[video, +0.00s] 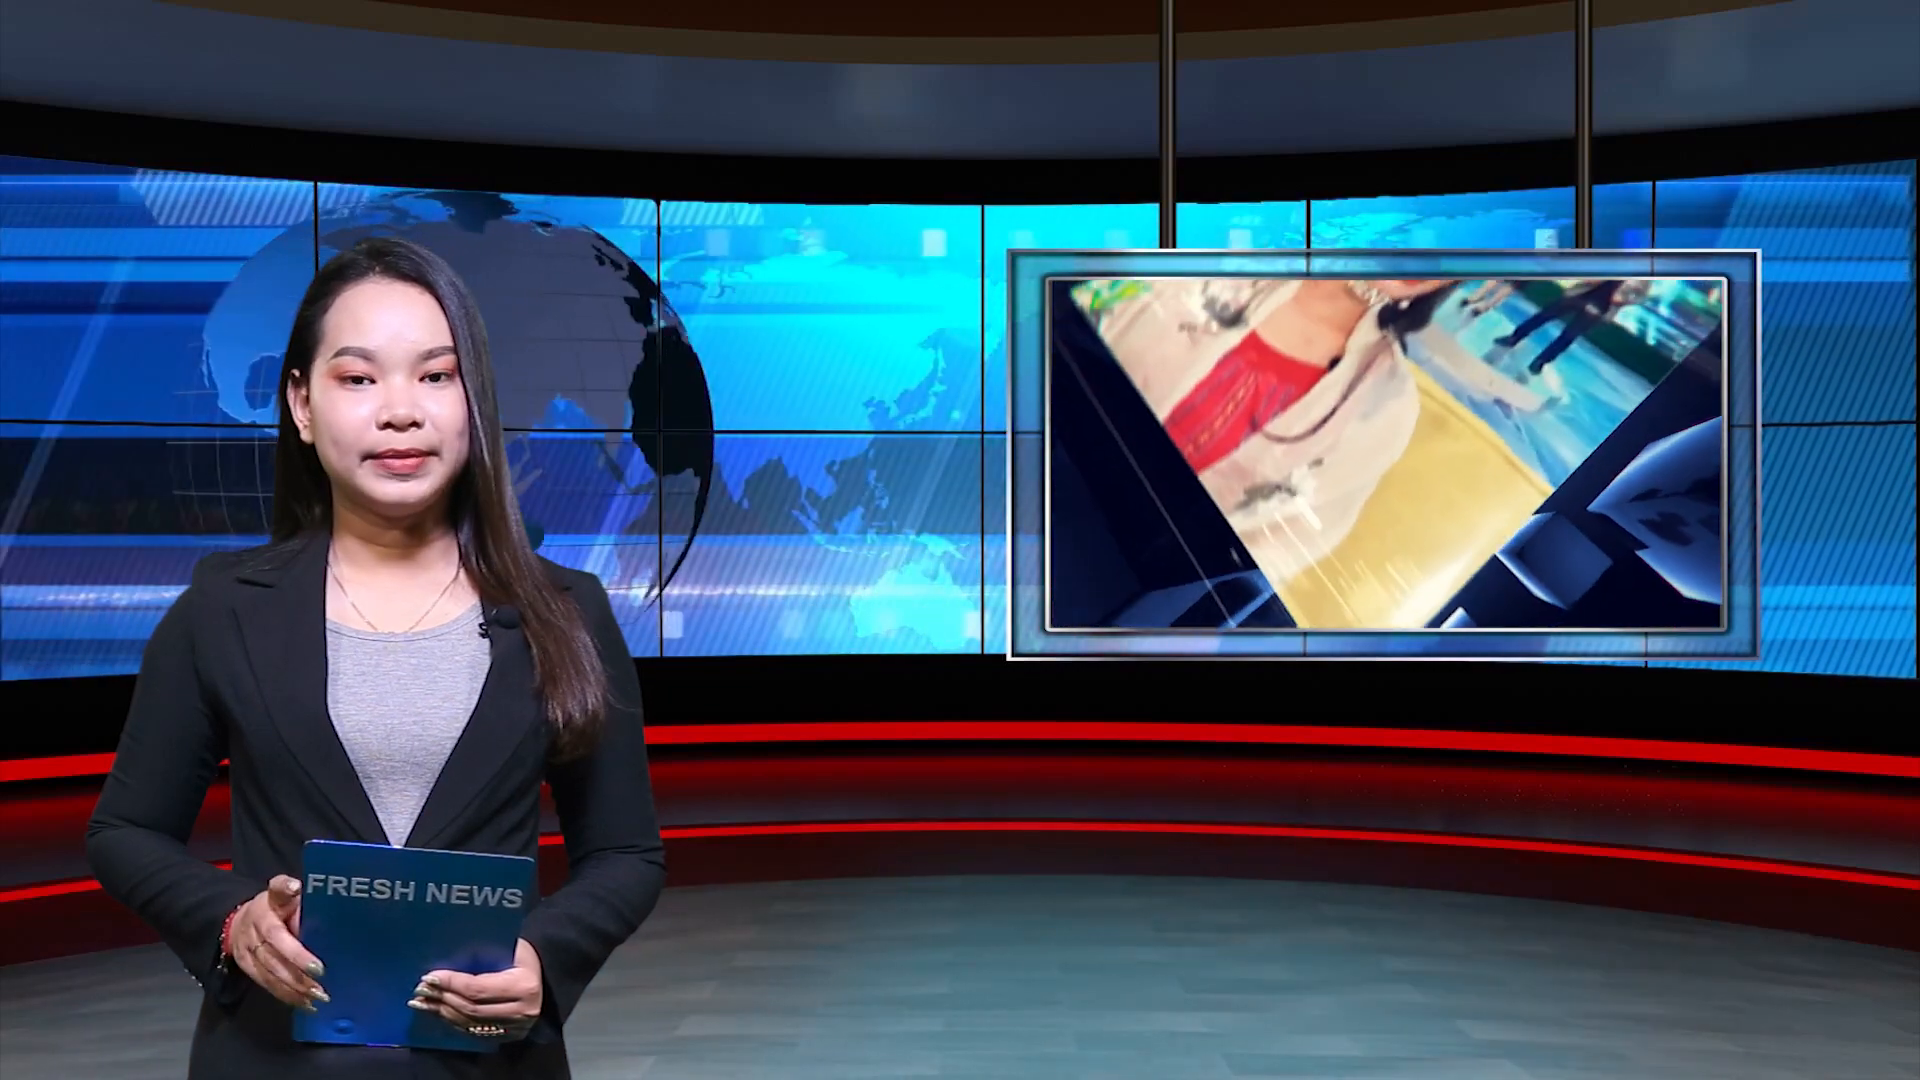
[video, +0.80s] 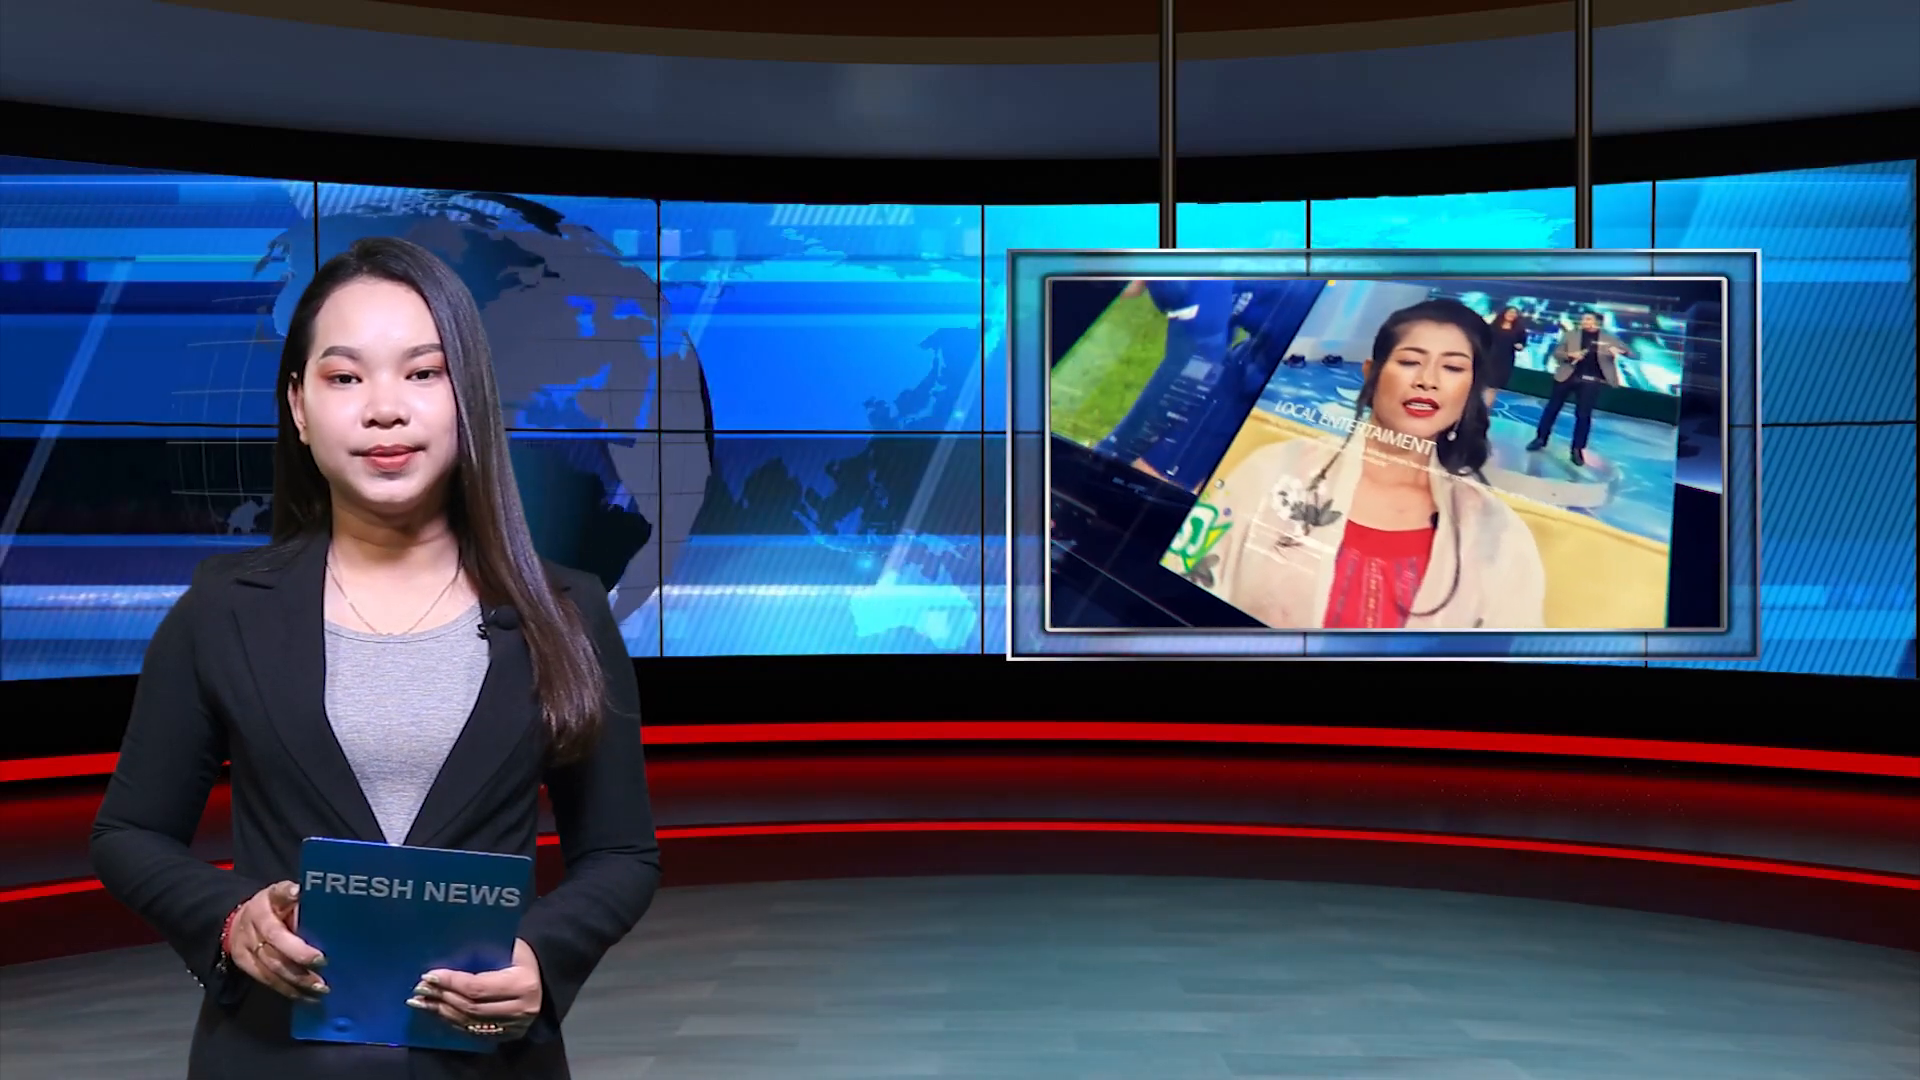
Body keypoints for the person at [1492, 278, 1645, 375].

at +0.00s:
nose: (1626, 297)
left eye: (1632, 297)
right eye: (1628, 291)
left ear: (1635, 299)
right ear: (1626, 283)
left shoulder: (1626, 302)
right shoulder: (1613, 278)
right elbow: (1593, 280)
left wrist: (1605, 315)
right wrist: (1574, 286)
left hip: (1597, 310)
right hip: (1583, 295)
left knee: (1568, 337)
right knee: (1546, 315)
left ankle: (1539, 362)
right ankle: (1514, 338)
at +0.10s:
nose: (1617, 273)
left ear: (1625, 274)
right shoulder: (1596, 273)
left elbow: (1620, 310)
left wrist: (1604, 315)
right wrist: (1571, 289)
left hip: (1585, 320)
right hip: (1566, 308)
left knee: (1557, 351)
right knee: (1534, 333)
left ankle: (1532, 378)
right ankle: (1505, 357)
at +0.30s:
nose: (1585, 303)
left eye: (1589, 301)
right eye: (1584, 299)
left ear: (1593, 305)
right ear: (1579, 298)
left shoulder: (1594, 319)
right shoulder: (1562, 306)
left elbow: (1602, 336)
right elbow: (1535, 310)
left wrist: (1586, 340)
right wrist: (1547, 317)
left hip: (1559, 352)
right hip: (1539, 343)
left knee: (1544, 383)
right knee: (1517, 368)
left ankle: (1528, 410)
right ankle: (1497, 394)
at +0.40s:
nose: (1576, 313)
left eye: (1580, 311)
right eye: (1575, 309)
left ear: (1585, 314)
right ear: (1571, 309)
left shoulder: (1589, 328)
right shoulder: (1555, 318)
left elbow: (1598, 344)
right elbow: (1529, 325)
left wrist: (1587, 348)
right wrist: (1543, 331)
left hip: (1558, 365)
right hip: (1537, 357)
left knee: (1546, 395)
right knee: (1518, 383)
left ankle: (1533, 425)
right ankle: (1502, 409)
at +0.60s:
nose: (1575, 320)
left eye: (1579, 317)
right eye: (1573, 316)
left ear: (1585, 321)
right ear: (1570, 317)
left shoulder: (1591, 338)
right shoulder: (1557, 329)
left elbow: (1611, 351)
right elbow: (1539, 347)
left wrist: (1601, 349)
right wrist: (1553, 346)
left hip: (1569, 376)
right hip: (1546, 371)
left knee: (1560, 409)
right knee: (1530, 399)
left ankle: (1552, 439)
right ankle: (1517, 427)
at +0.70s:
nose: (1579, 321)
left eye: (1583, 318)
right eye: (1577, 317)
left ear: (1588, 321)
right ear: (1573, 318)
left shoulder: (1598, 338)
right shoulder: (1561, 332)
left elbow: (1621, 351)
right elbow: (1543, 349)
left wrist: (1613, 349)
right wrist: (1559, 348)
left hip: (1576, 379)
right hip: (1553, 374)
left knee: (1569, 412)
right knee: (1539, 402)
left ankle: (1562, 443)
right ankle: (1526, 432)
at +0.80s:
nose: (1586, 322)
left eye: (1590, 320)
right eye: (1585, 319)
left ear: (1597, 323)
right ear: (1581, 321)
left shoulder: (1607, 339)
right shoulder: (1571, 335)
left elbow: (1631, 354)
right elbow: (1557, 353)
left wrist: (1621, 352)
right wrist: (1570, 355)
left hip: (1589, 382)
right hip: (1566, 378)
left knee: (1583, 417)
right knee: (1552, 407)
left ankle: (1577, 449)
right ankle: (1541, 438)